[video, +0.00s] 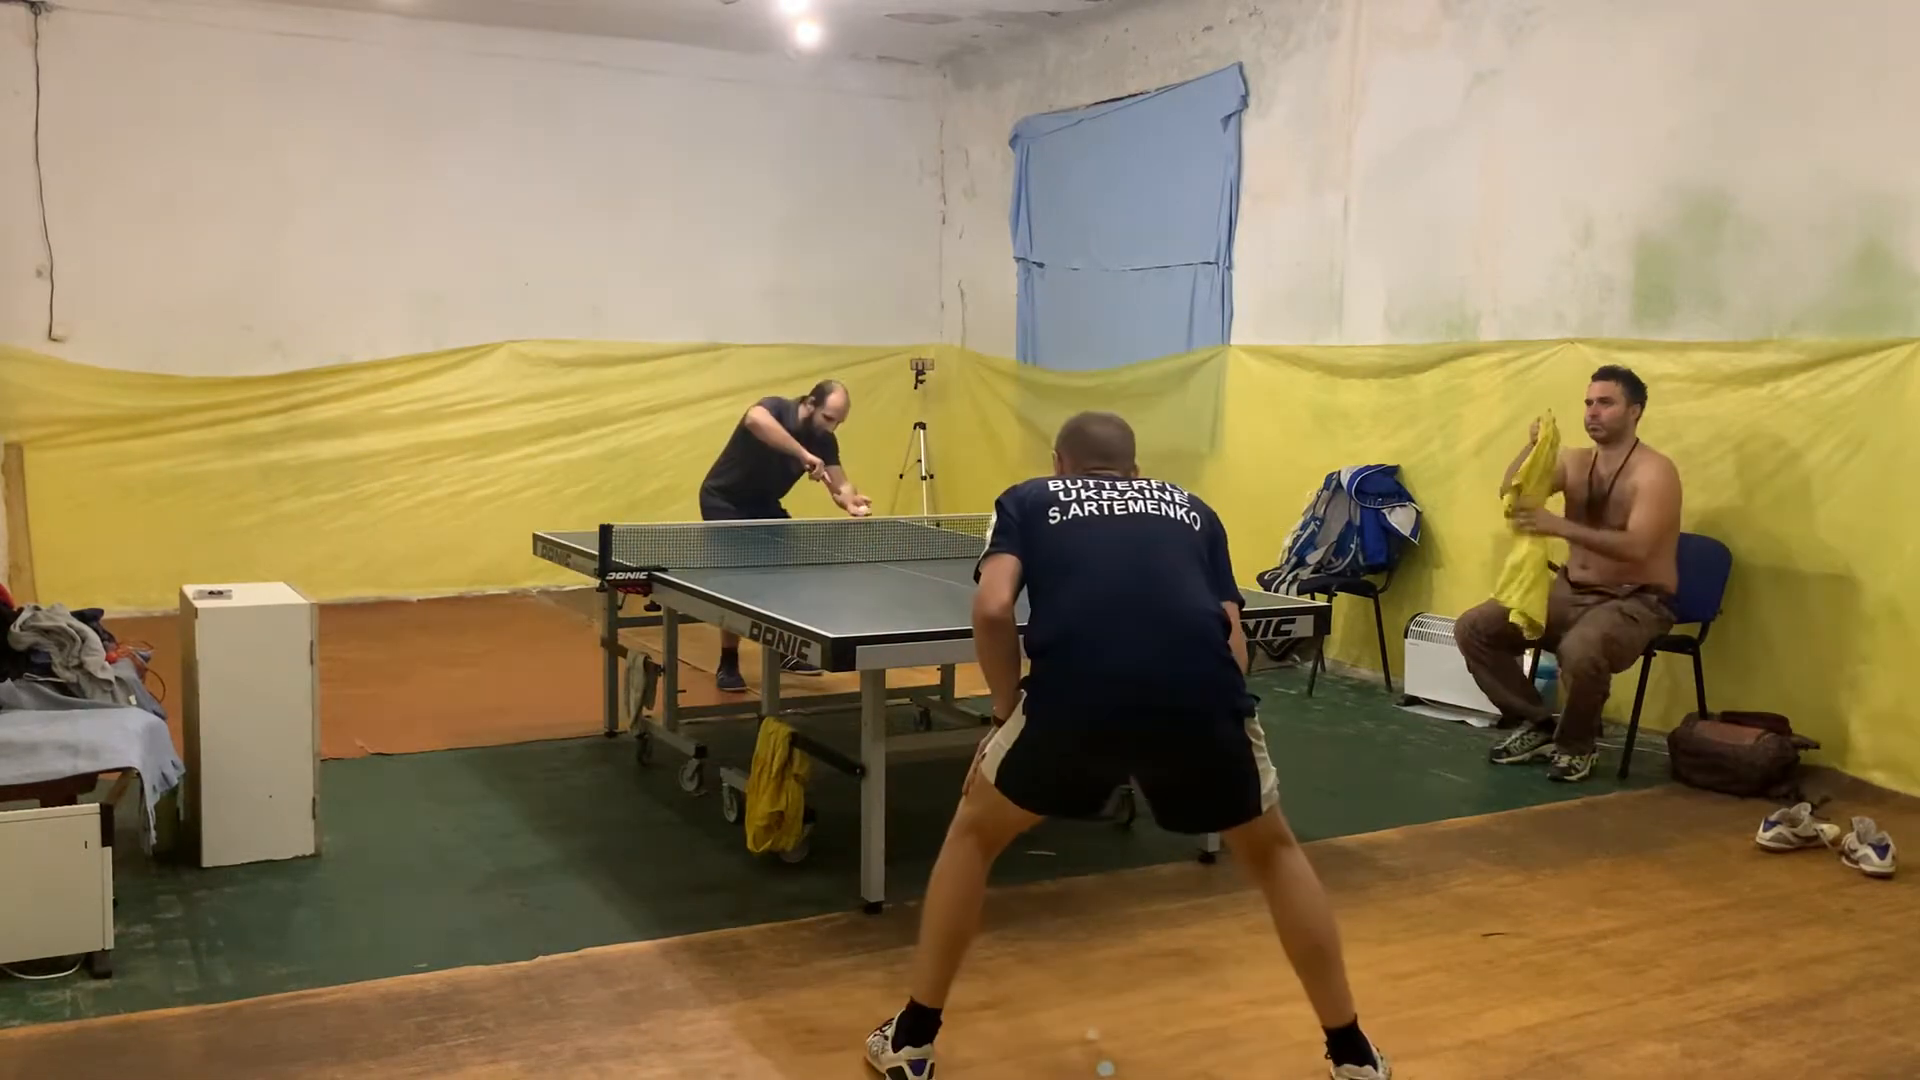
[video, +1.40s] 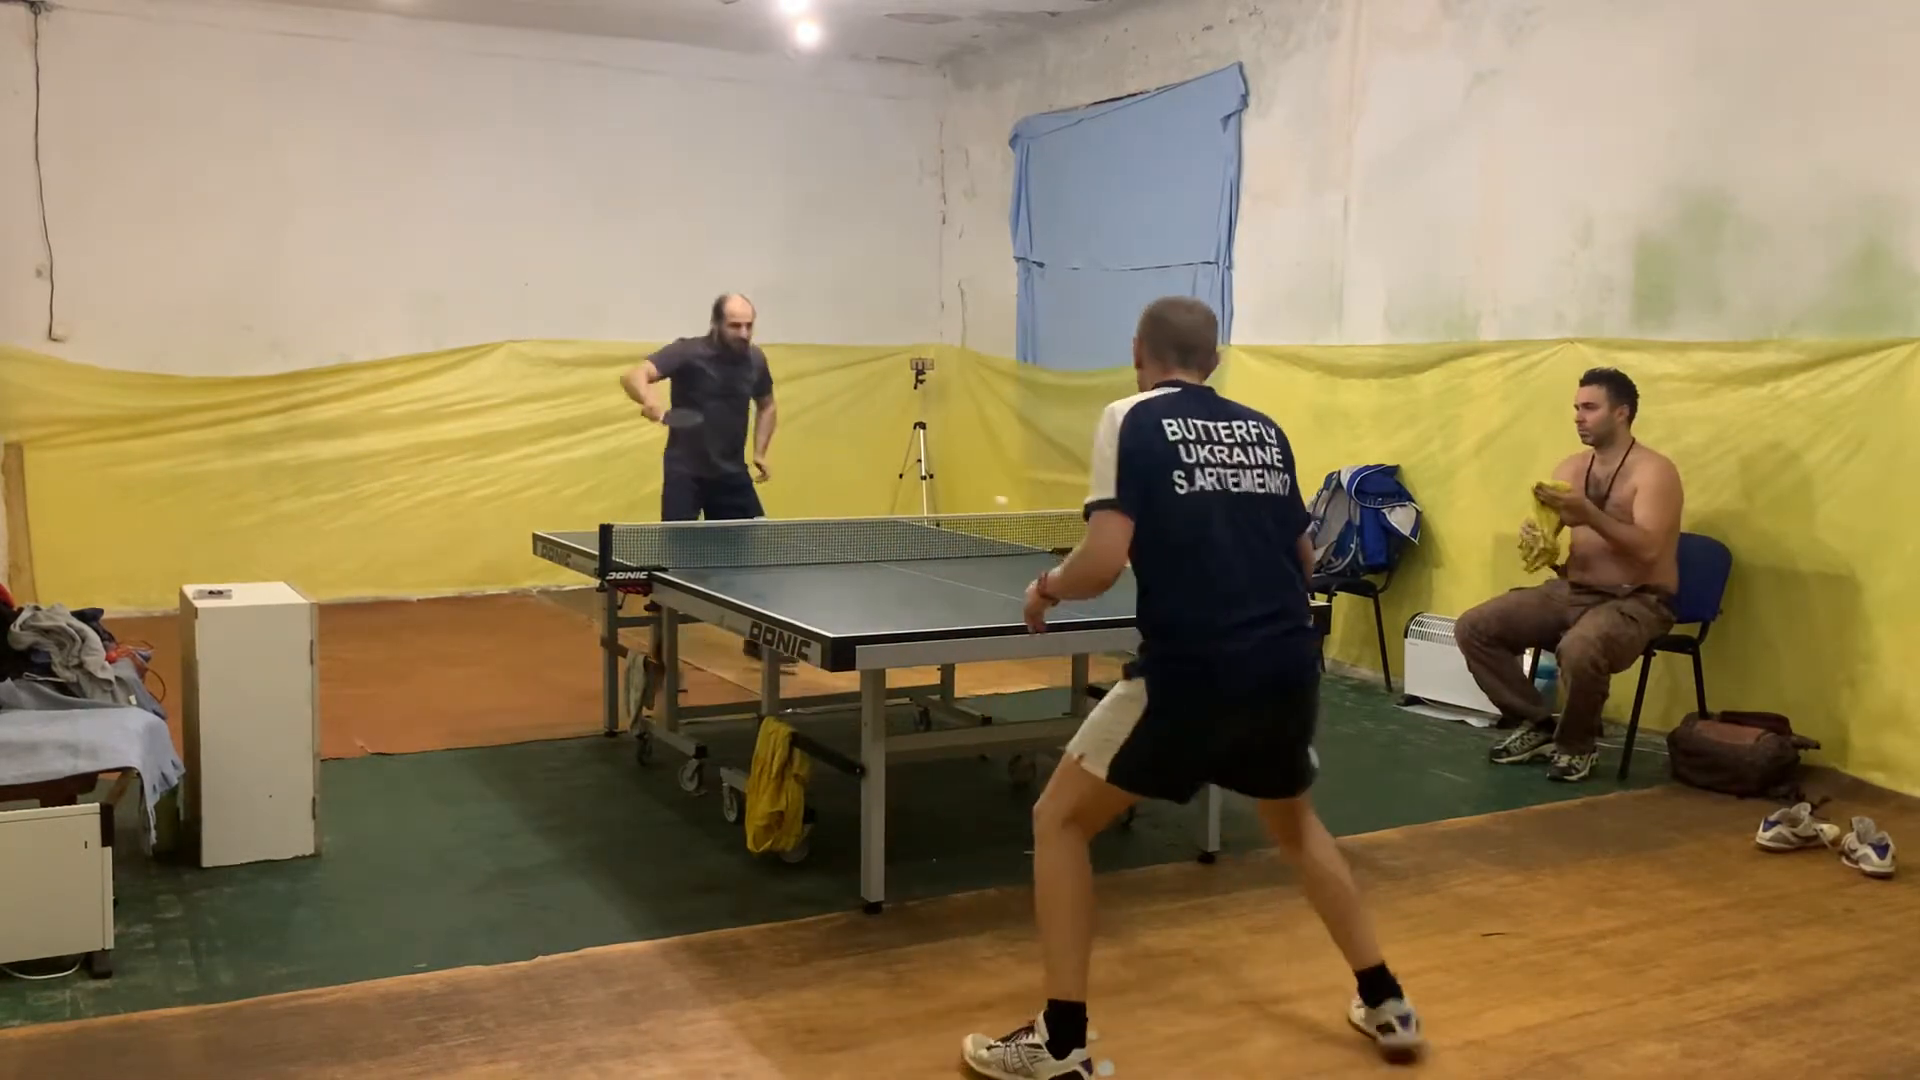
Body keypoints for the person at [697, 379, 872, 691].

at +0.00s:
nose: (832, 427)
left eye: (838, 422)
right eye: (829, 418)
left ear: (840, 416)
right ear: (810, 405)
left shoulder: (824, 440)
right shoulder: (778, 408)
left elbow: (839, 483)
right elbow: (754, 419)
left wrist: (849, 498)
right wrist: (802, 454)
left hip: (765, 504)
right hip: (723, 499)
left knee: (794, 569)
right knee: (736, 577)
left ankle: (785, 650)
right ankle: (729, 664)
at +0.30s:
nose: (829, 413)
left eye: (835, 406)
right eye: (824, 403)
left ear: (839, 404)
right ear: (805, 393)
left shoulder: (827, 427)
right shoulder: (777, 399)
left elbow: (842, 460)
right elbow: (757, 402)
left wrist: (863, 473)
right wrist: (804, 432)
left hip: (771, 504)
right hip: (729, 500)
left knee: (792, 573)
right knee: (736, 579)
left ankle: (785, 649)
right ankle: (730, 663)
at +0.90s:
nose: (817, 380)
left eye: (822, 373)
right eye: (811, 371)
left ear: (826, 369)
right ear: (790, 360)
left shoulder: (803, 385)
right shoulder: (757, 377)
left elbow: (817, 431)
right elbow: (785, 425)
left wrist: (836, 472)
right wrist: (814, 404)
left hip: (768, 482)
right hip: (730, 478)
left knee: (792, 555)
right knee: (745, 550)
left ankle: (785, 645)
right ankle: (703, 612)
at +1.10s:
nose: (799, 398)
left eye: (805, 391)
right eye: (795, 389)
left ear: (808, 388)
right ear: (774, 378)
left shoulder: (790, 409)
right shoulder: (742, 383)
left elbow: (805, 443)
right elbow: (709, 385)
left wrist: (820, 485)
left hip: (755, 495)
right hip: (716, 493)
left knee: (792, 559)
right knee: (723, 567)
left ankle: (787, 647)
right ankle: (691, 643)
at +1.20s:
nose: (788, 391)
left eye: (792, 384)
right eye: (782, 383)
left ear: (795, 380)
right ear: (761, 374)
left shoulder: (780, 405)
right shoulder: (730, 385)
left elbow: (797, 440)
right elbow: (684, 372)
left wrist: (813, 484)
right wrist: (691, 388)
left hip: (751, 499)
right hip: (711, 500)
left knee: (789, 562)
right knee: (720, 581)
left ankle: (785, 649)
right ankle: (686, 658)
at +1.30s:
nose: (764, 361)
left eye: (769, 353)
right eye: (757, 353)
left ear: (773, 351)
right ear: (737, 349)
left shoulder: (767, 385)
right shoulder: (708, 369)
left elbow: (782, 423)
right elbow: (653, 366)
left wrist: (787, 469)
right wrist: (668, 386)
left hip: (741, 488)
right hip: (699, 487)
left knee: (775, 559)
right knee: (701, 569)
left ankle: (784, 647)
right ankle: (682, 655)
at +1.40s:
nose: (744, 333)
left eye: (748, 326)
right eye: (736, 326)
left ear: (754, 325)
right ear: (717, 325)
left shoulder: (754, 360)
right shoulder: (688, 352)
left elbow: (767, 407)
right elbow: (633, 376)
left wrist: (760, 453)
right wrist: (648, 399)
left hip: (731, 474)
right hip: (685, 473)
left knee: (759, 549)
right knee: (676, 553)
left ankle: (760, 635)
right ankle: (660, 650)